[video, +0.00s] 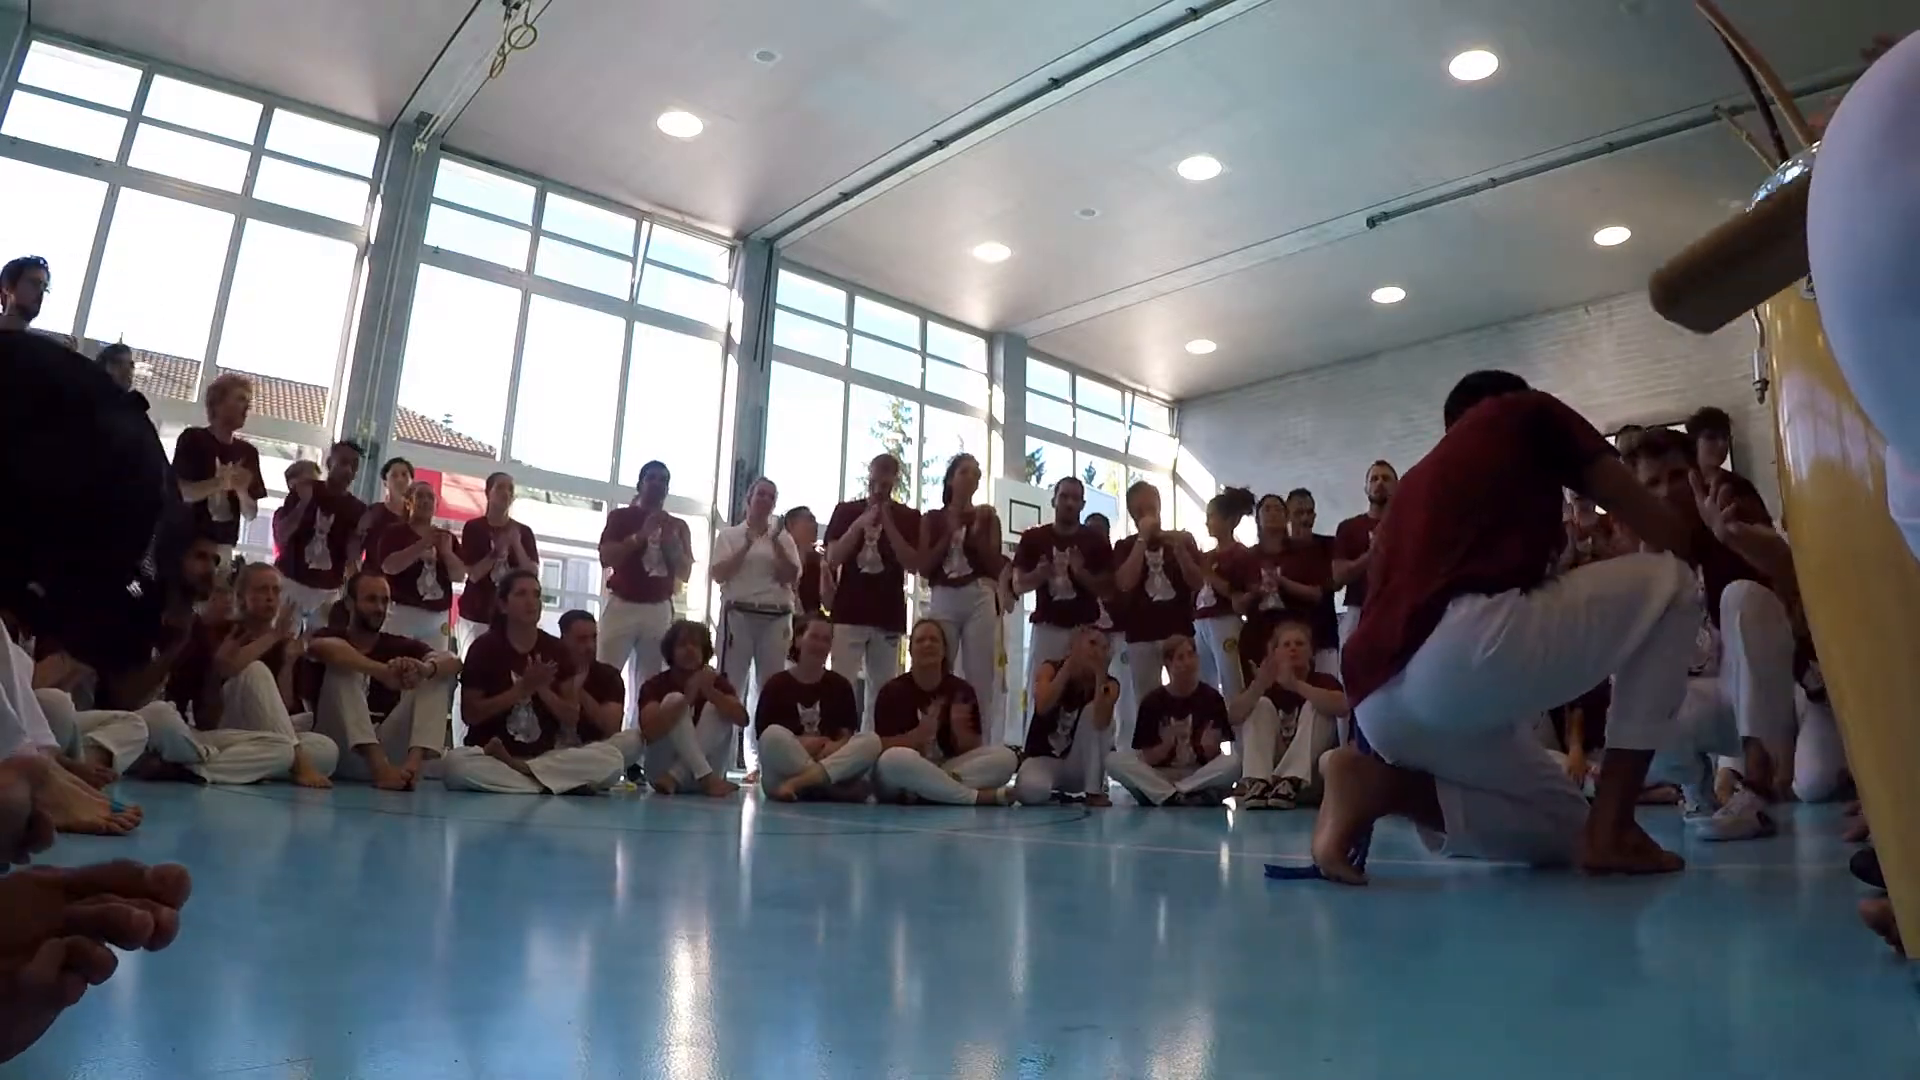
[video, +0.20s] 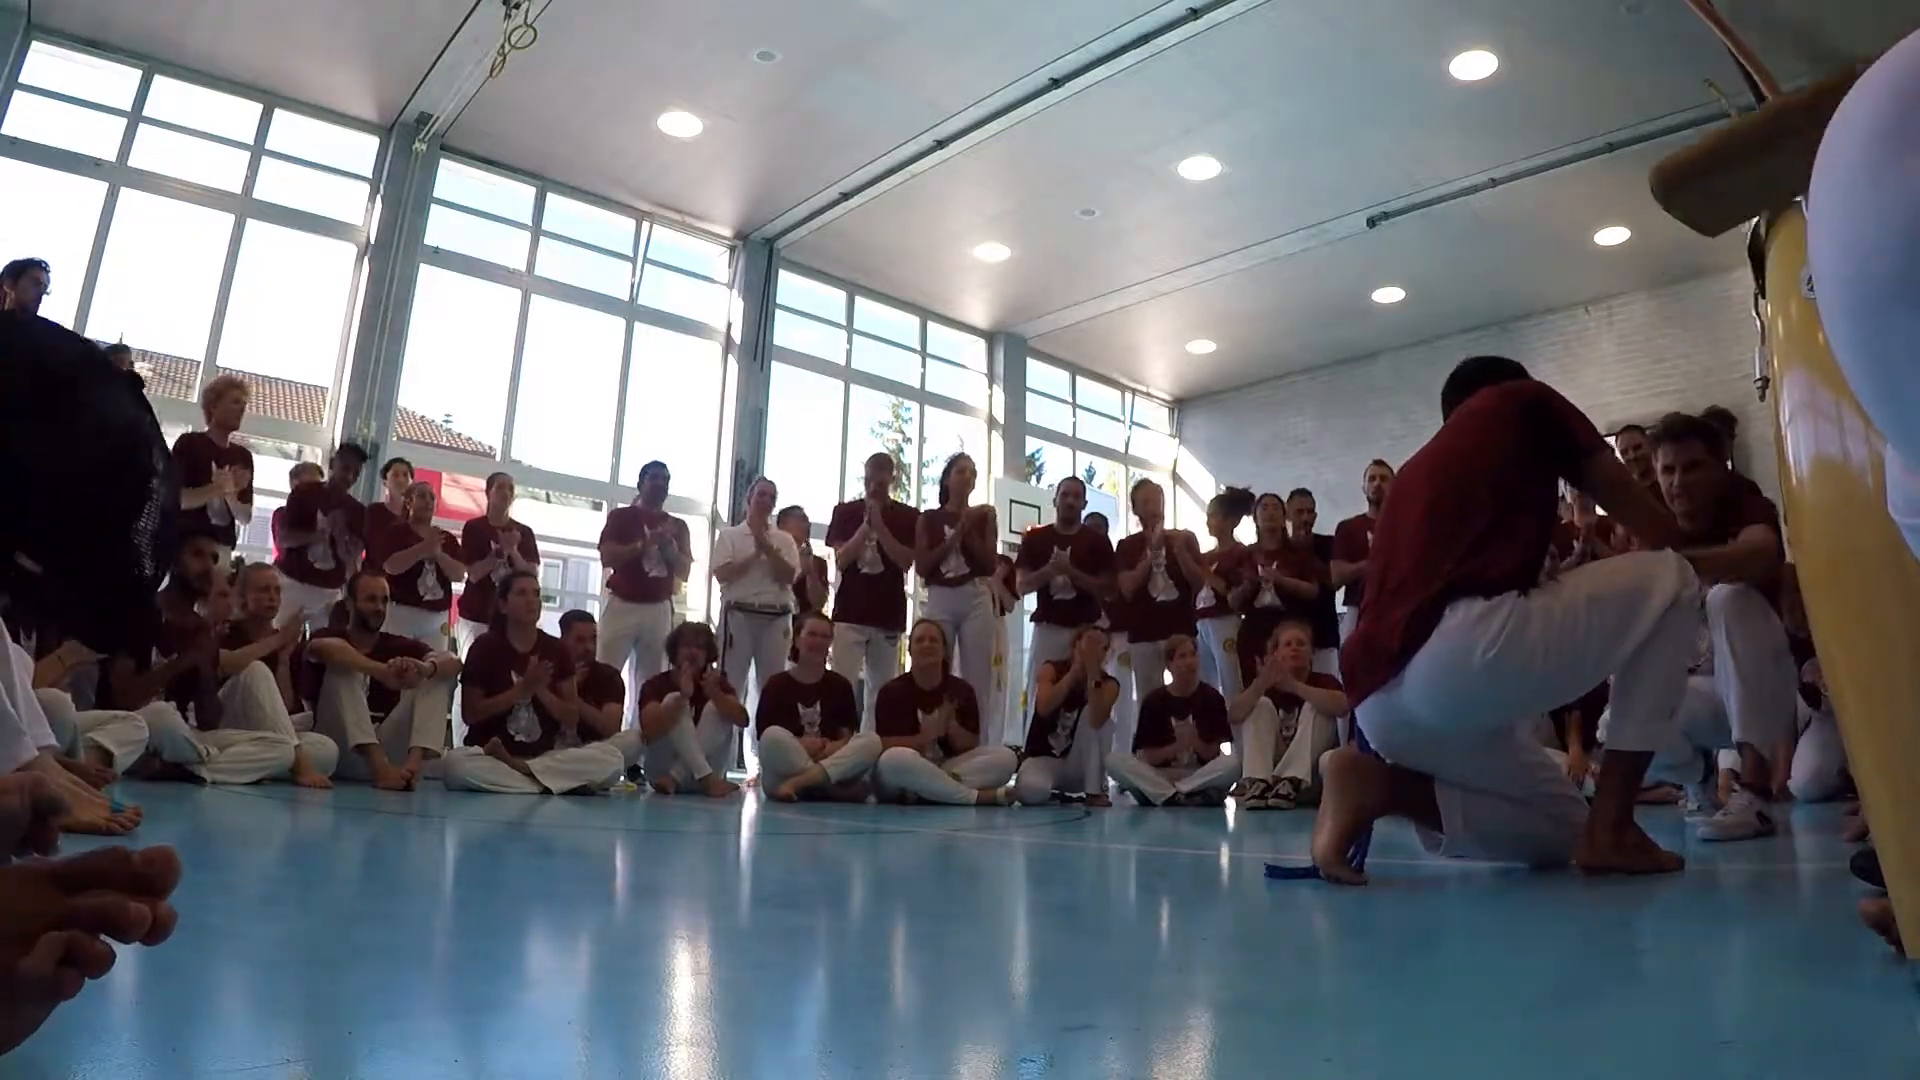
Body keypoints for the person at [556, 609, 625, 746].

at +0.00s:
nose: (590, 645)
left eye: (594, 638)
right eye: (582, 639)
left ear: (597, 638)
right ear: (563, 640)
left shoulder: (609, 675)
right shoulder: (548, 675)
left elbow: (611, 728)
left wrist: (578, 691)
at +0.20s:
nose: (589, 647)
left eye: (593, 639)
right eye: (580, 640)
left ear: (597, 639)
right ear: (563, 641)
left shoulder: (609, 676)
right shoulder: (548, 674)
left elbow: (609, 728)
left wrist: (573, 699)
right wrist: (567, 686)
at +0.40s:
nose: (589, 648)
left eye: (593, 639)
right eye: (581, 641)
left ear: (598, 639)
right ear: (563, 641)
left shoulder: (609, 676)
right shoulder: (548, 675)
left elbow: (610, 728)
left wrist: (579, 695)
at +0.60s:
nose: (588, 648)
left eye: (593, 639)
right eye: (580, 641)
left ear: (598, 640)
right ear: (563, 641)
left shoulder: (609, 675)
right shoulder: (547, 674)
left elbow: (610, 728)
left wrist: (574, 699)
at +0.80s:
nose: (589, 648)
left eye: (593, 640)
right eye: (581, 641)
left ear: (598, 639)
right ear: (563, 641)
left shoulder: (610, 676)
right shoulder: (546, 674)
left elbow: (611, 727)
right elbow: (568, 722)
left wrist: (583, 690)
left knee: (633, 739)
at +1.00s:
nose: (589, 648)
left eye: (593, 640)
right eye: (581, 641)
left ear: (598, 640)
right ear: (563, 641)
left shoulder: (609, 675)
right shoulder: (549, 673)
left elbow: (609, 727)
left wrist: (574, 699)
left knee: (633, 739)